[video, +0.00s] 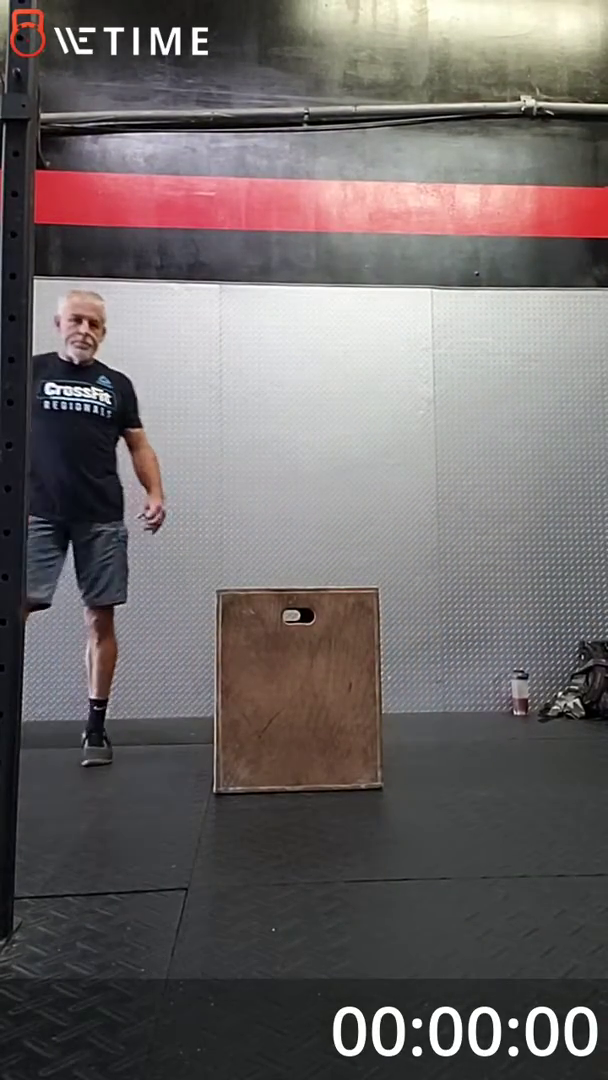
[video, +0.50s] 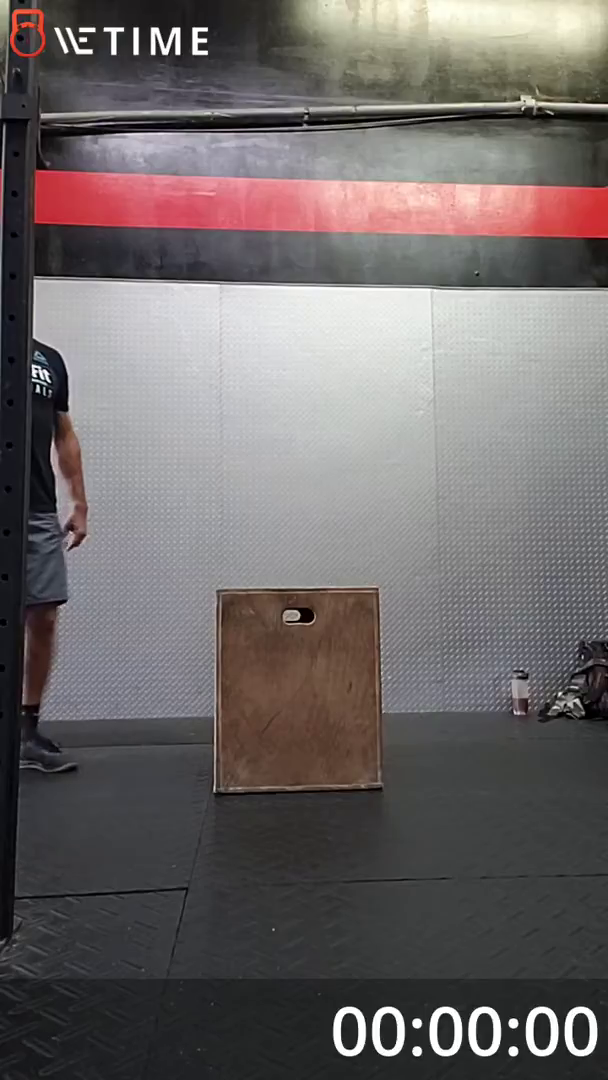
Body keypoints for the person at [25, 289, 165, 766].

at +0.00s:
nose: (85, 329)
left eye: (93, 323)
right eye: (76, 320)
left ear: (103, 331)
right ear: (58, 324)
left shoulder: (118, 385)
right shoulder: (30, 372)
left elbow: (138, 445)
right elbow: (8, 432)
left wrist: (156, 494)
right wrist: (9, 495)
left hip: (101, 515)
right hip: (38, 512)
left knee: (101, 618)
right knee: (18, 610)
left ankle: (96, 728)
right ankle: (5, 721)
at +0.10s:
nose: (67, 324)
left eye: (76, 318)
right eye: (59, 315)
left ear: (86, 327)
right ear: (39, 320)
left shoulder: (98, 381)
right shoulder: (17, 368)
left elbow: (120, 445)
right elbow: (4, 433)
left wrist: (143, 496)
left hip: (84, 512)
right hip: (26, 510)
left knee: (89, 620)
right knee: (12, 618)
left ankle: (94, 728)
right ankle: (4, 729)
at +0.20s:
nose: (50, 316)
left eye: (58, 309)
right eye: (41, 306)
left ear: (67, 317)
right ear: (26, 311)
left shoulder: (80, 374)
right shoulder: (12, 362)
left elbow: (101, 442)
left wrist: (124, 503)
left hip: (65, 509)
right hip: (16, 509)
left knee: (80, 616)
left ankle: (91, 725)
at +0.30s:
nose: (37, 310)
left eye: (43, 302)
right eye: (30, 300)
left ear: (50, 310)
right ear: (13, 303)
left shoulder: (65, 367)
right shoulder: (3, 358)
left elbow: (85, 439)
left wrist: (103, 505)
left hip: (52, 513)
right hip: (10, 515)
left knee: (75, 615)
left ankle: (83, 716)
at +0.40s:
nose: (24, 300)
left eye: (28, 292)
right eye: (18, 291)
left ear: (36, 300)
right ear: (8, 300)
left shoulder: (54, 364)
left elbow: (72, 436)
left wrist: (86, 501)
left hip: (45, 517)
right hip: (10, 520)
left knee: (63, 617)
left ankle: (59, 718)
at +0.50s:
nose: (16, 296)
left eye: (19, 280)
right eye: (11, 286)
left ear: (24, 299)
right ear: (4, 300)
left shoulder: (47, 359)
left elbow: (63, 433)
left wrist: (79, 500)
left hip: (38, 516)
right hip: (10, 519)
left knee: (42, 618)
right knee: (12, 625)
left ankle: (28, 728)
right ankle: (15, 731)